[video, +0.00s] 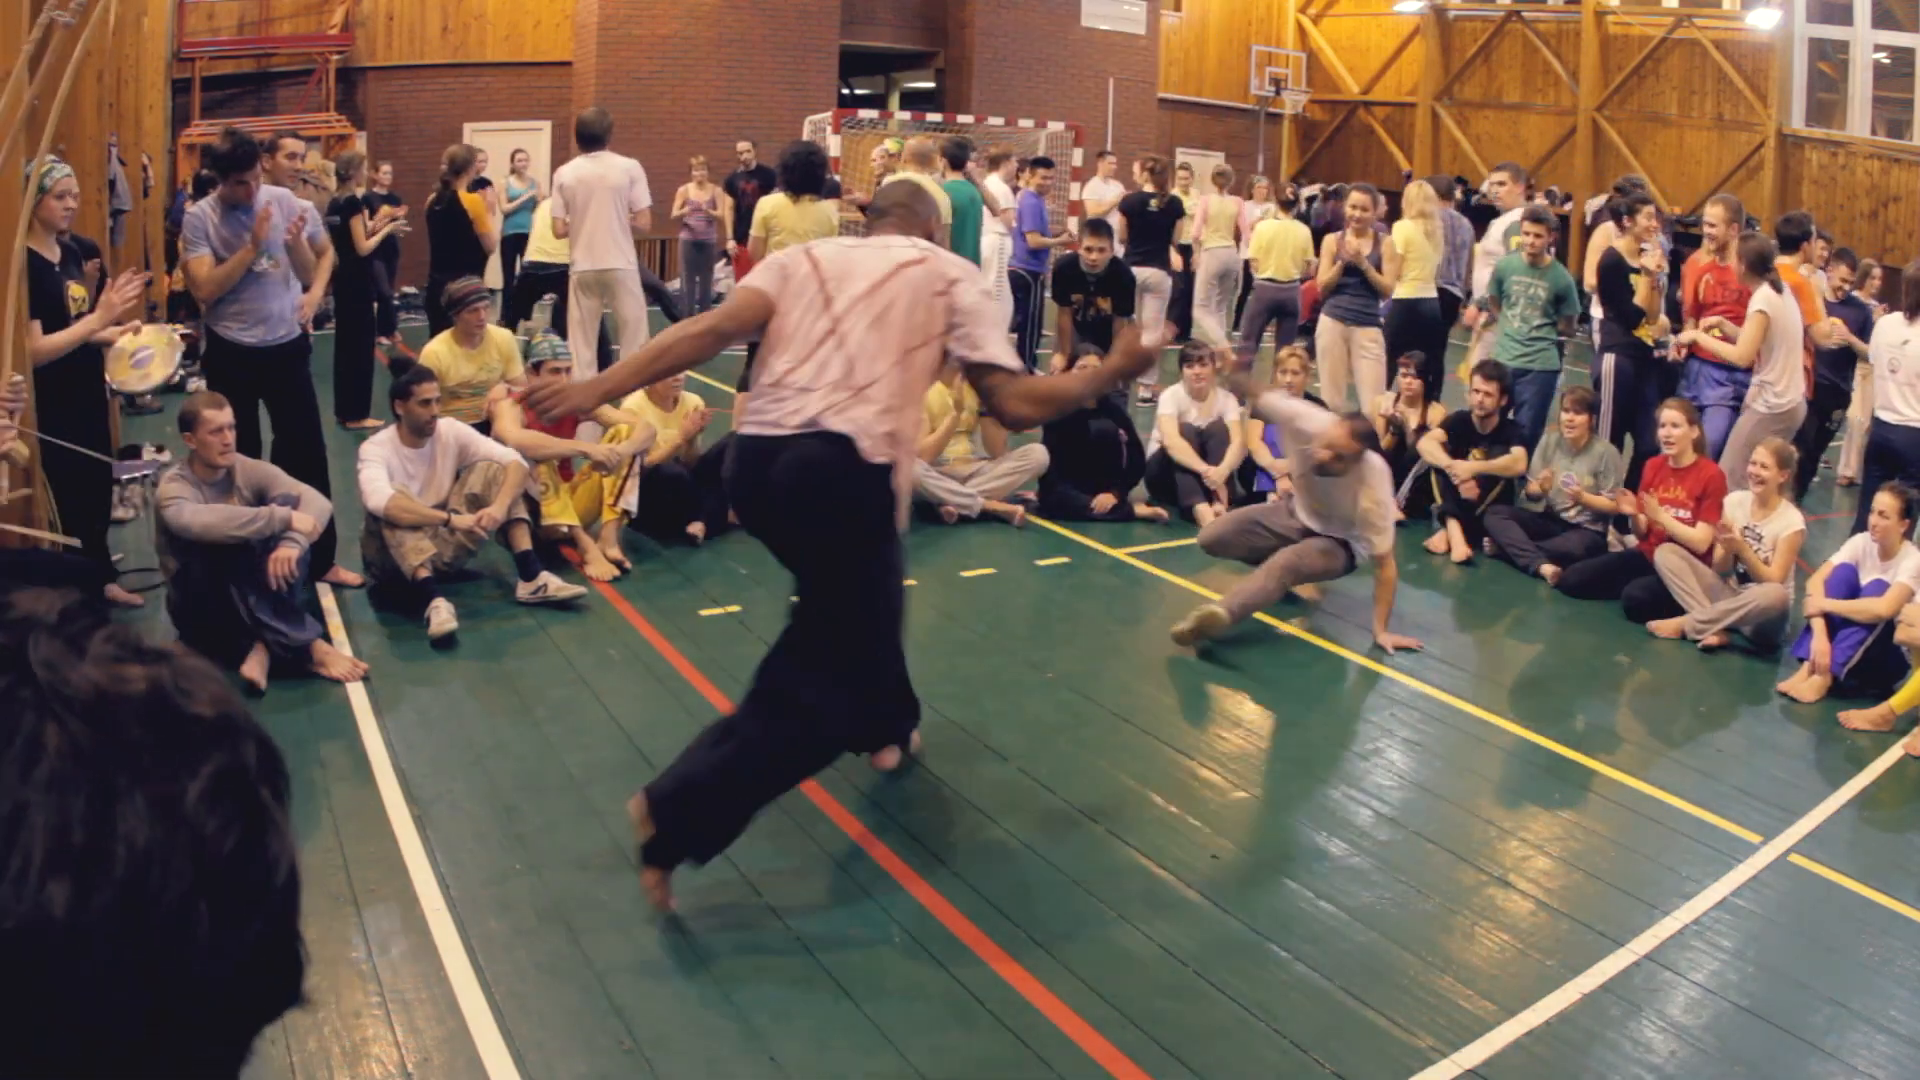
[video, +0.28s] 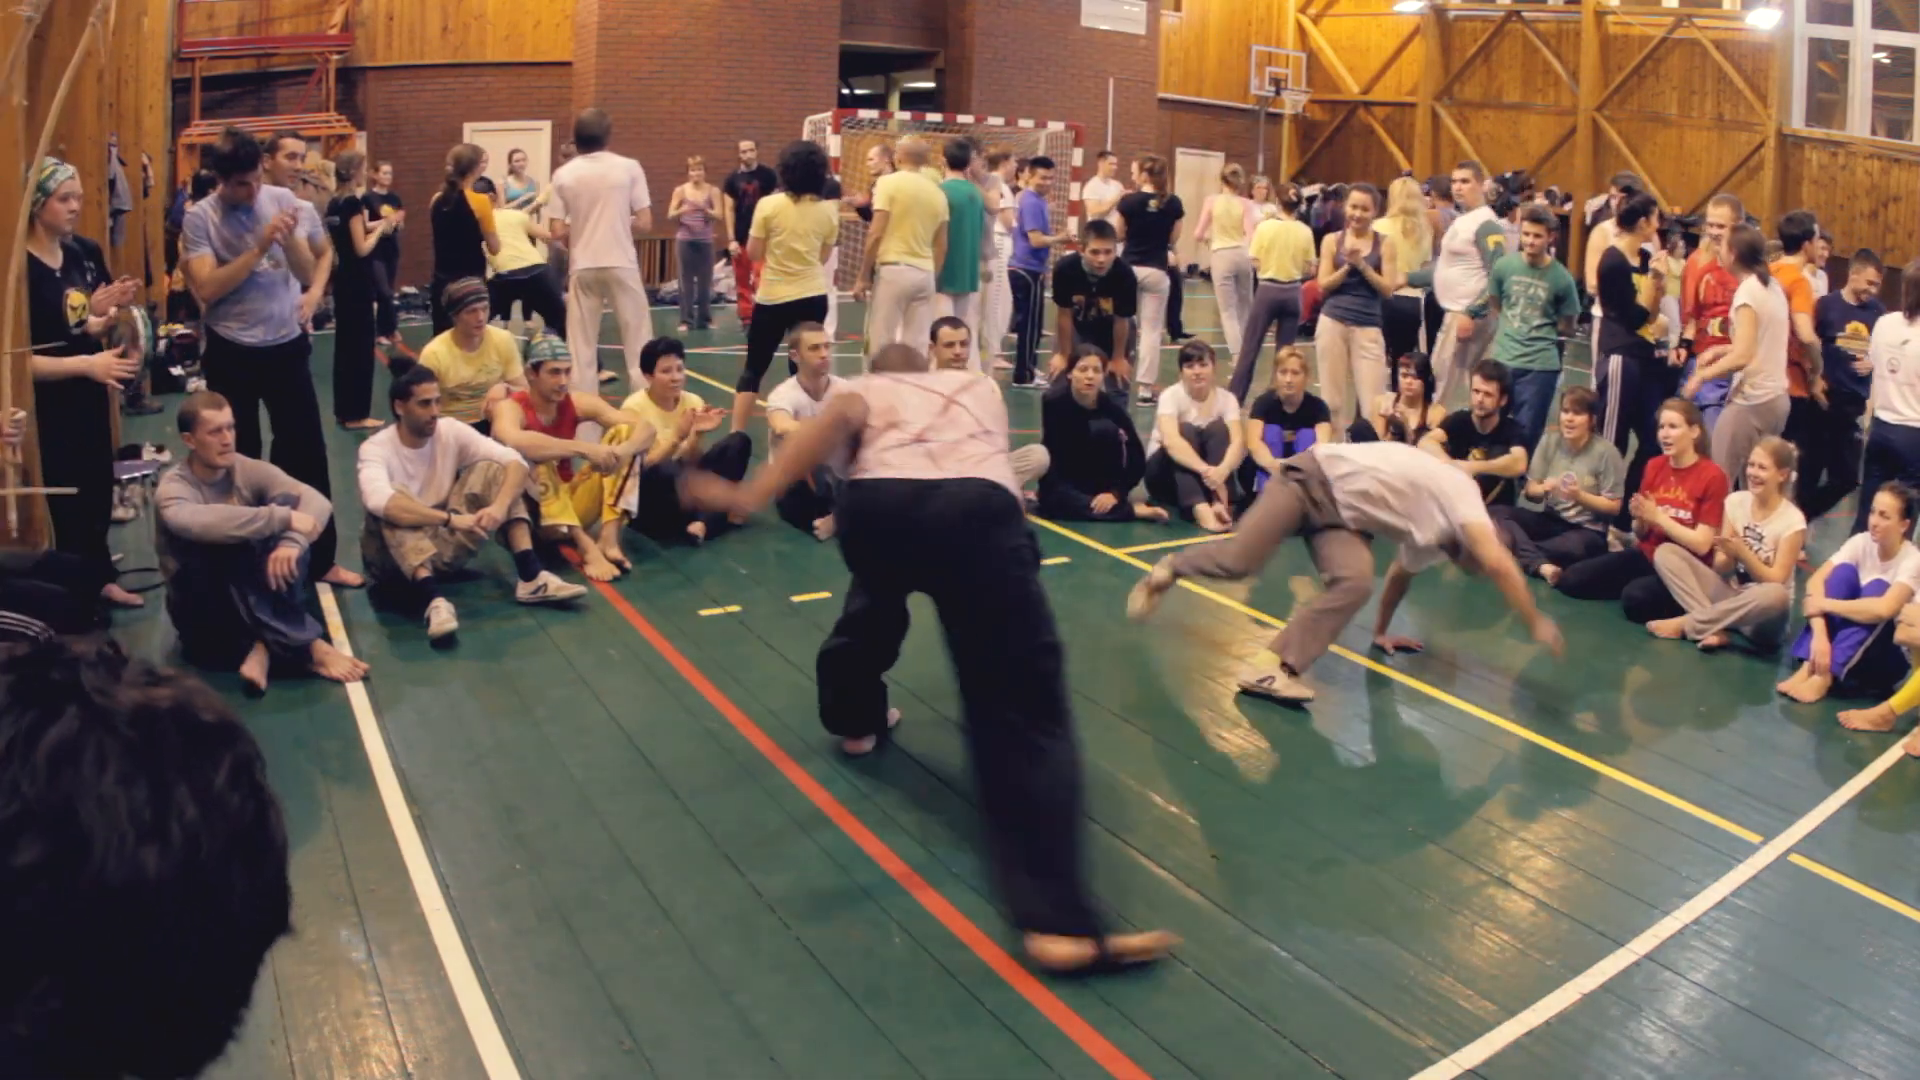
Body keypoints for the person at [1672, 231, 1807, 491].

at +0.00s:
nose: (1733, 266)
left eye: (1735, 260)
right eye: (1734, 259)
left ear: (1743, 265)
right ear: (1769, 261)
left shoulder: (1763, 299)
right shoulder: (1782, 292)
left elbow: (1742, 357)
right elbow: (1759, 343)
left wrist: (1698, 338)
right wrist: (1724, 325)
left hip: (1769, 406)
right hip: (1790, 402)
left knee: (1730, 474)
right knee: (1768, 474)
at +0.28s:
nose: (1719, 251)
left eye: (1723, 245)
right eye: (1720, 244)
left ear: (1733, 253)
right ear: (1755, 253)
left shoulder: (1747, 292)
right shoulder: (1774, 288)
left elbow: (1742, 355)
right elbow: (1763, 345)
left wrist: (1701, 375)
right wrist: (1723, 351)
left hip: (1750, 400)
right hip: (1777, 395)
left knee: (1718, 480)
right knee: (1759, 482)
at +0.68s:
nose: (1715, 247)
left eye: (1719, 242)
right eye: (1717, 240)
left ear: (1728, 248)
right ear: (1753, 249)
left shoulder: (1717, 283)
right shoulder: (1769, 285)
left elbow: (1704, 348)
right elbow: (1775, 345)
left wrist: (1683, 395)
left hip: (1726, 395)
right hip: (1763, 395)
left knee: (1713, 481)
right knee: (1747, 480)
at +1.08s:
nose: (1711, 238)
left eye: (1715, 236)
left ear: (1718, 247)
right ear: (1750, 248)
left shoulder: (1705, 283)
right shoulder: (1768, 288)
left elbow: (1690, 345)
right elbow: (1774, 349)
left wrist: (1679, 363)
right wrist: (1752, 368)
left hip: (1713, 390)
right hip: (1753, 391)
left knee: (1708, 477)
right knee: (1744, 476)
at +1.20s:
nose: (1708, 240)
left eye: (1712, 237)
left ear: (1715, 246)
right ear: (1748, 248)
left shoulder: (1703, 282)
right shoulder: (1767, 287)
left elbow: (1676, 333)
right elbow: (1776, 350)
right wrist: (1752, 367)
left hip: (1710, 391)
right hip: (1751, 392)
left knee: (1708, 475)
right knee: (1744, 475)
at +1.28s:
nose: (1707, 244)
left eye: (1710, 239)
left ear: (1713, 247)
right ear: (1747, 249)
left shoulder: (1703, 280)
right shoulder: (1767, 287)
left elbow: (1670, 317)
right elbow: (1776, 350)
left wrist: (1680, 274)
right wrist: (1751, 368)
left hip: (1710, 390)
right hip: (1751, 391)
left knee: (1708, 474)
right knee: (1744, 474)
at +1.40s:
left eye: (1718, 248)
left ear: (1716, 251)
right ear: (1744, 250)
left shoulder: (1706, 282)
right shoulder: (1766, 288)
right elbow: (1769, 349)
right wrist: (1754, 377)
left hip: (1711, 391)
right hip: (1750, 390)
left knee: (1708, 472)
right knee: (1742, 473)